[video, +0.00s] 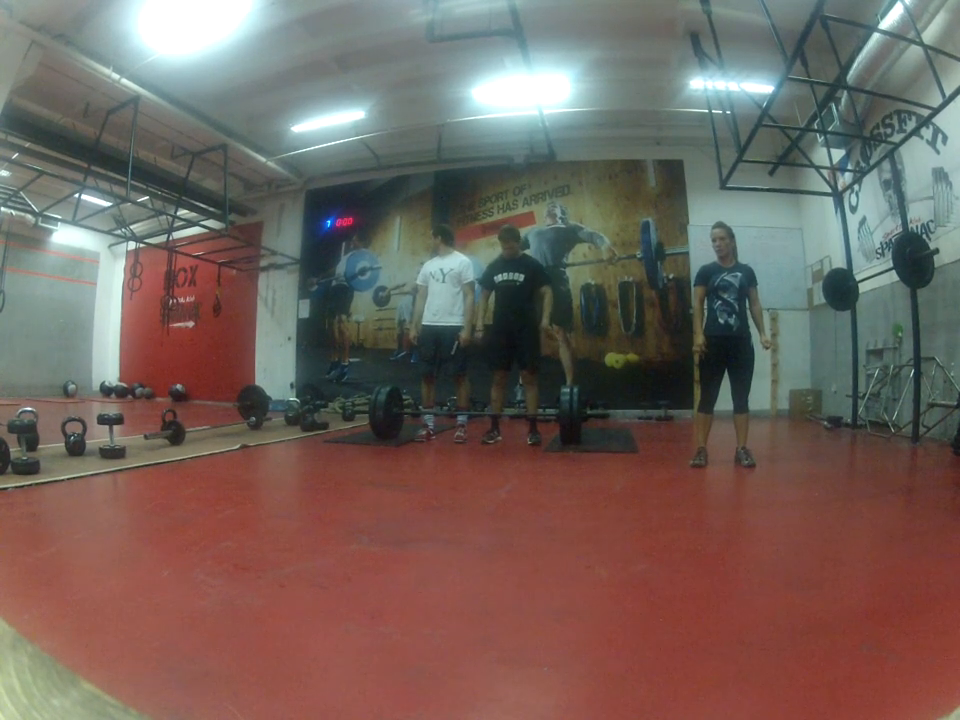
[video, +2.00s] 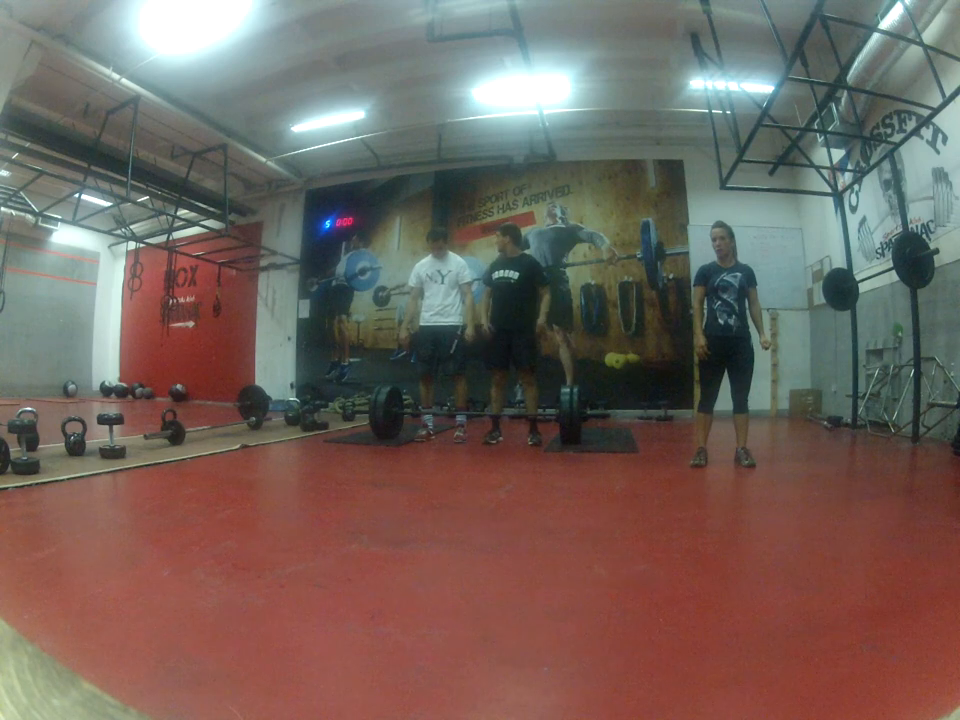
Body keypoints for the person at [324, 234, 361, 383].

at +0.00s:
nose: (353, 243)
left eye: (356, 240)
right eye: (353, 240)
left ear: (361, 242)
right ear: (352, 242)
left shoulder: (361, 256)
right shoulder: (347, 256)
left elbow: (365, 274)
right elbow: (335, 273)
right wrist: (318, 279)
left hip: (346, 288)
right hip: (335, 288)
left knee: (342, 324)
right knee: (333, 325)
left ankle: (345, 363)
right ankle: (335, 362)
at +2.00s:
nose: (352, 243)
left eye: (354, 241)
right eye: (352, 240)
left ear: (360, 242)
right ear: (353, 242)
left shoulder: (360, 256)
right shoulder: (348, 256)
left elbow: (362, 275)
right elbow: (337, 273)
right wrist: (319, 280)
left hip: (346, 289)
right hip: (336, 288)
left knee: (342, 324)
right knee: (334, 325)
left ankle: (345, 362)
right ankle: (335, 360)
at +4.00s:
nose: (353, 243)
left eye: (355, 241)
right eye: (353, 241)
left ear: (361, 243)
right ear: (354, 242)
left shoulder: (360, 256)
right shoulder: (348, 256)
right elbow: (336, 271)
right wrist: (319, 278)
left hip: (346, 288)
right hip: (336, 288)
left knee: (342, 324)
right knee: (334, 325)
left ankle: (345, 362)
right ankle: (335, 361)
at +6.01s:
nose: (353, 243)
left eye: (356, 241)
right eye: (353, 241)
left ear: (361, 243)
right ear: (353, 242)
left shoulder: (360, 256)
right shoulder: (347, 256)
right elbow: (336, 272)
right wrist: (318, 279)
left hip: (346, 288)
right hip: (335, 288)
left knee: (342, 324)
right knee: (333, 325)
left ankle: (345, 363)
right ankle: (335, 361)